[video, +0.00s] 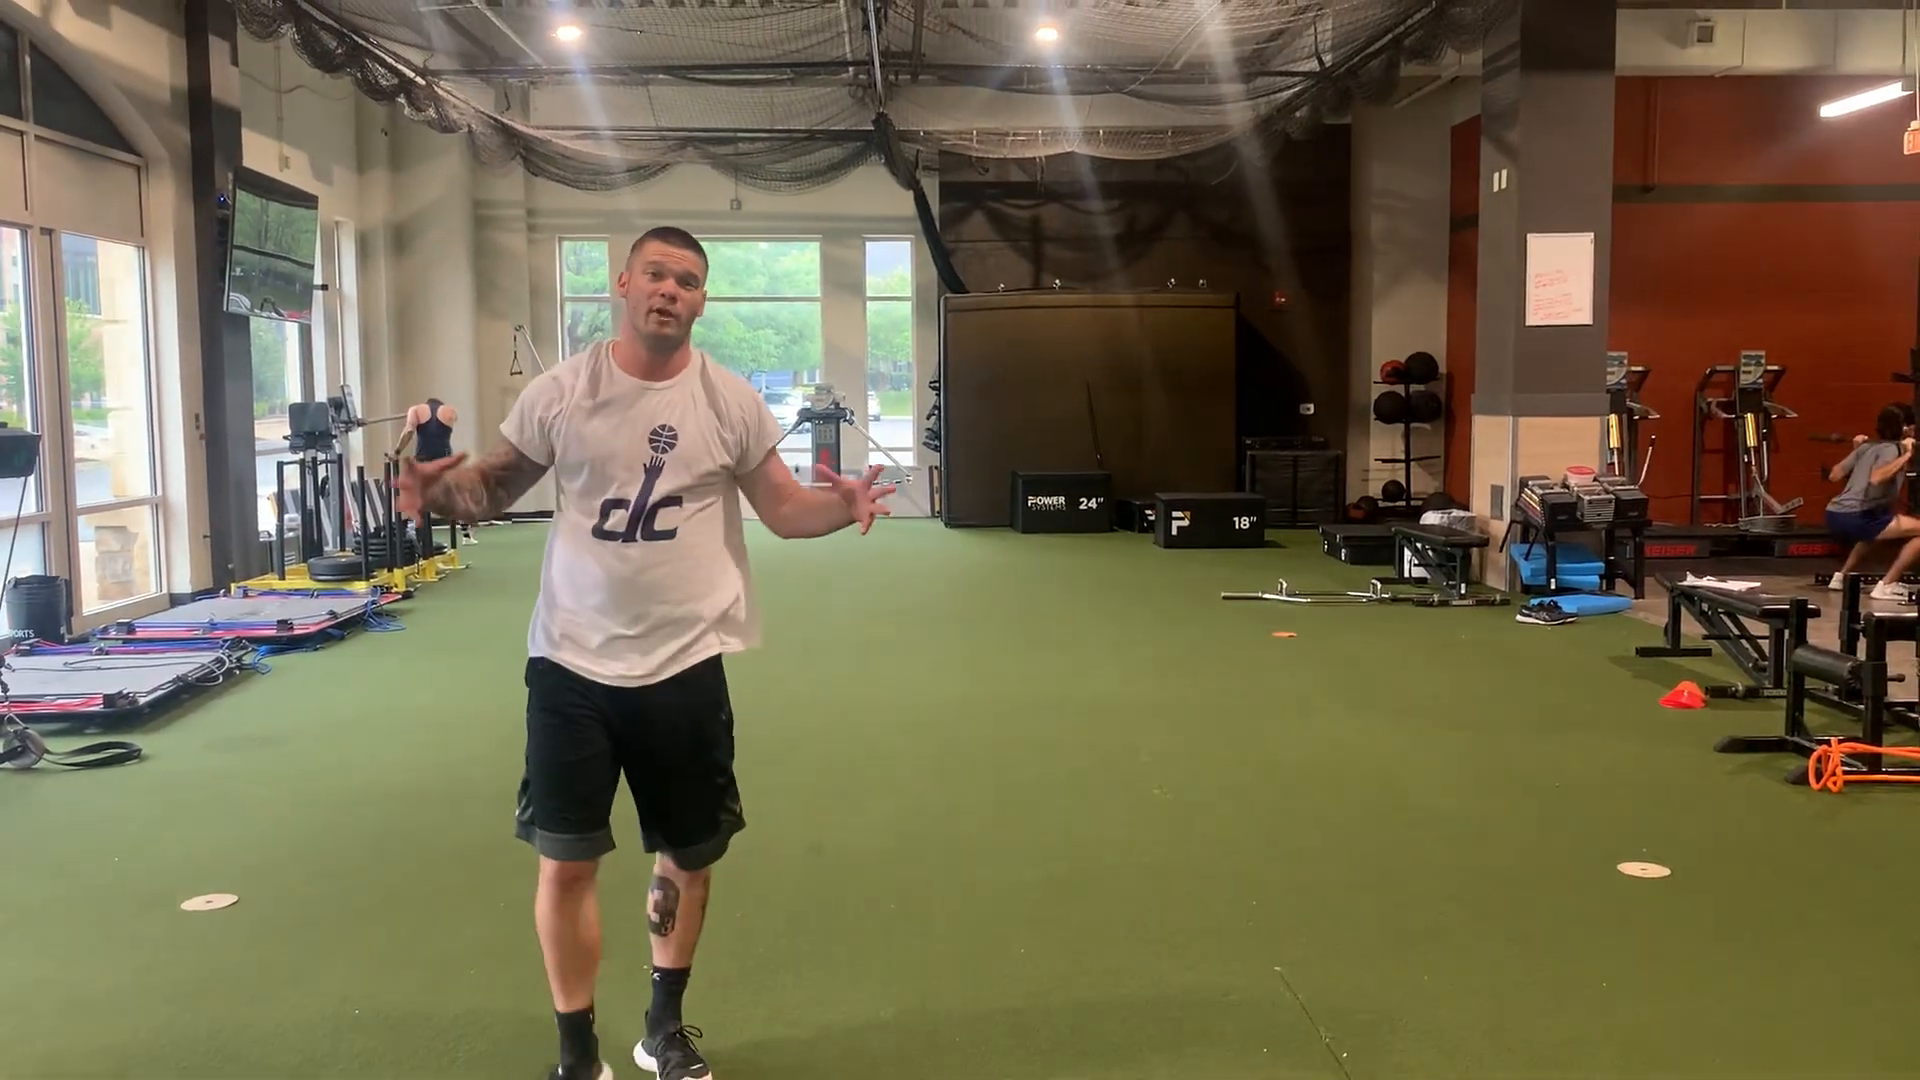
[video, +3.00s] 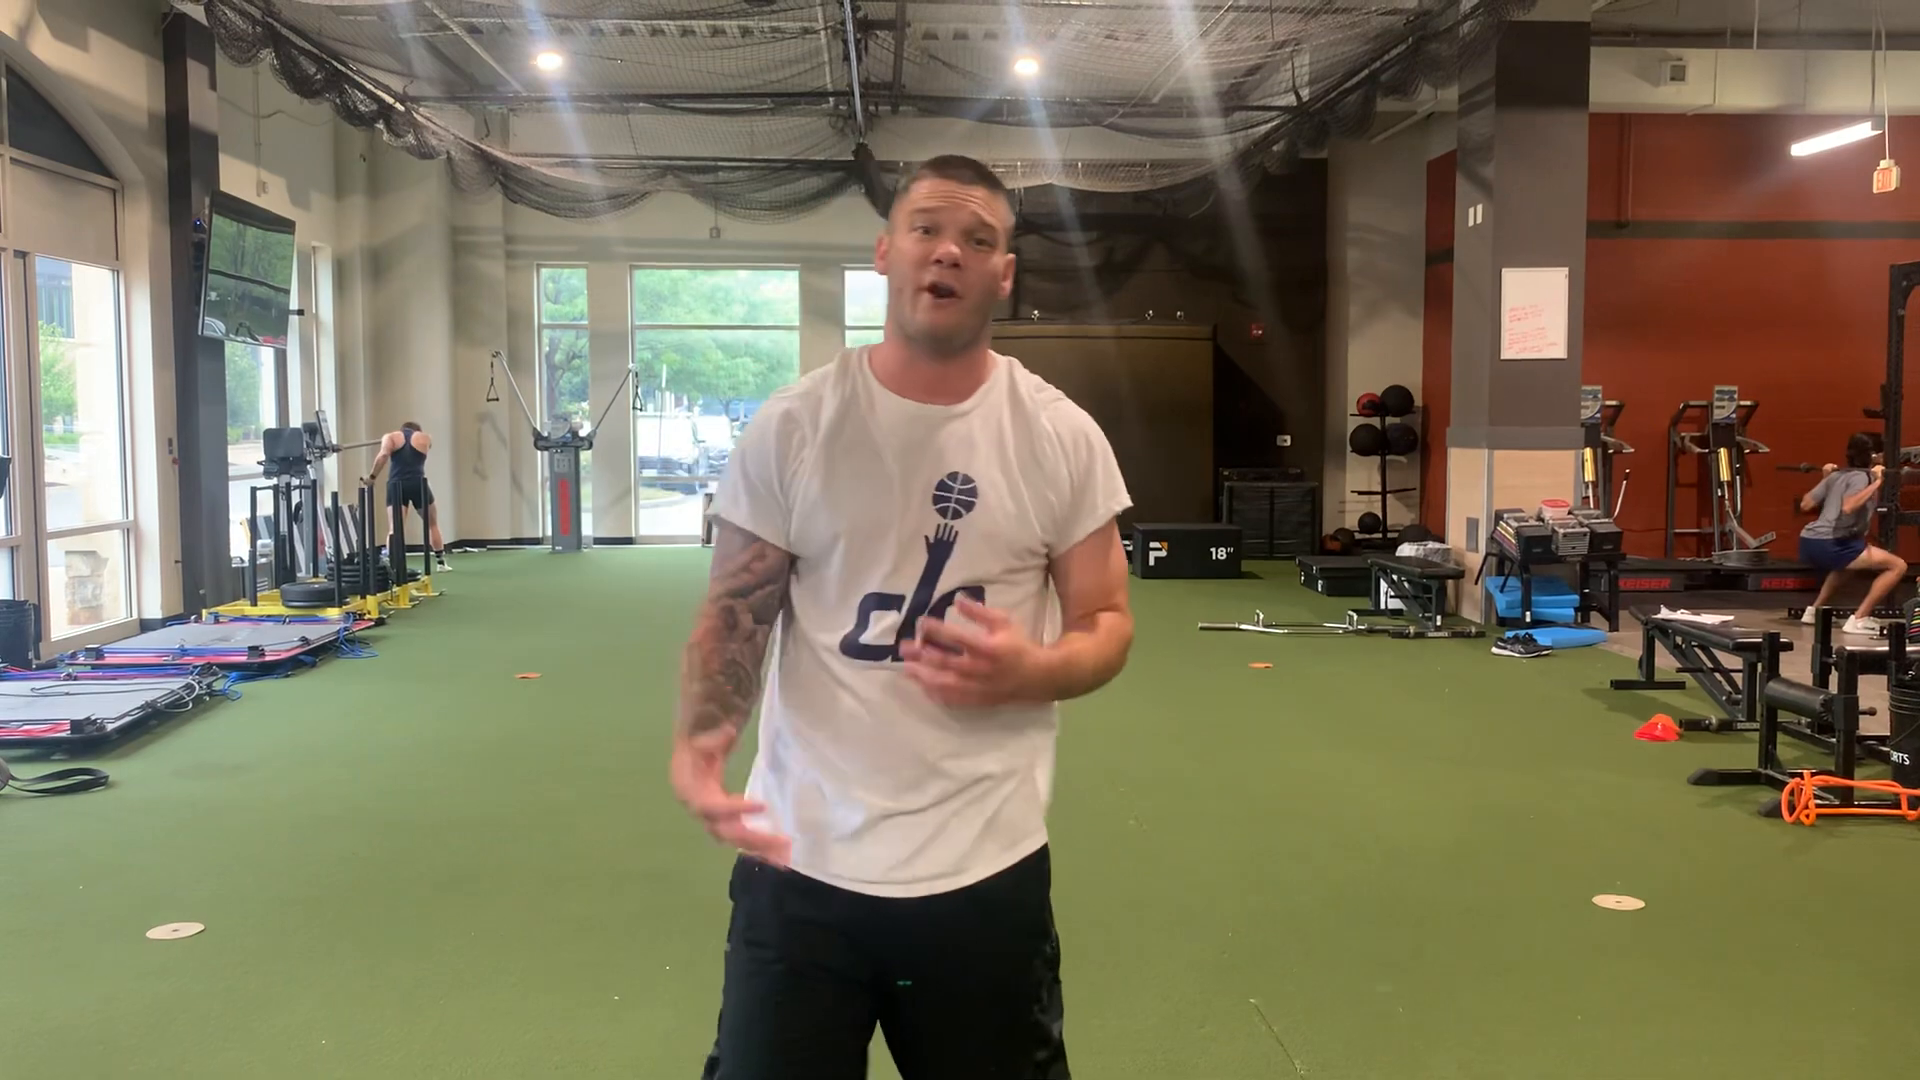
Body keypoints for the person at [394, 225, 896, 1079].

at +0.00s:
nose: (672, 290)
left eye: (688, 282)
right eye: (657, 275)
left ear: (703, 303)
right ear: (620, 285)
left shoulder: (729, 400)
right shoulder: (560, 392)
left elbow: (784, 506)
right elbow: (494, 481)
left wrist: (836, 504)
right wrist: (445, 482)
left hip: (684, 664)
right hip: (572, 661)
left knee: (687, 855)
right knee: (566, 857)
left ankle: (664, 1026)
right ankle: (577, 1058)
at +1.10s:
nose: (621, 285)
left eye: (641, 270)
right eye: (602, 266)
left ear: (666, 288)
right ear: (569, 281)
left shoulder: (725, 407)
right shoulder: (515, 424)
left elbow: (781, 528)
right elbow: (464, 561)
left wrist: (819, 546)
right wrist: (506, 610)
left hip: (703, 736)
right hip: (567, 745)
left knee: (735, 966)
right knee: (571, 965)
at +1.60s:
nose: (757, 263)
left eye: (781, 256)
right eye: (740, 244)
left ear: (802, 289)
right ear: (701, 262)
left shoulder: (843, 416)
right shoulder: (618, 407)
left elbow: (886, 574)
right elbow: (551, 562)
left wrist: (798, 594)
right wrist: (599, 583)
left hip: (785, 764)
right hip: (637, 764)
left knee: (794, 1028)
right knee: (616, 1039)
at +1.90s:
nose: (781, 269)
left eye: (803, 256)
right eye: (759, 248)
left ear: (824, 283)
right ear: (715, 267)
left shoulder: (868, 421)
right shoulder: (640, 419)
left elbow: (922, 569)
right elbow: (587, 581)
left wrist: (874, 601)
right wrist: (575, 714)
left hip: (815, 791)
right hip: (664, 794)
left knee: (797, 1049)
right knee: (671, 1058)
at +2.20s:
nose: (745, 258)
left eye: (762, 237)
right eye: (712, 242)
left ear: (787, 260)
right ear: (668, 276)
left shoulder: (866, 410)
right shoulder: (628, 445)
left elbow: (926, 558)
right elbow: (598, 646)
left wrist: (901, 609)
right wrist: (662, 800)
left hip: (857, 848)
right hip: (698, 860)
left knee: (856, 1064)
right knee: (690, 1067)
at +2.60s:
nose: (817, 262)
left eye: (841, 239)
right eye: (788, 238)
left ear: (871, 259)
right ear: (741, 259)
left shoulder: (938, 410)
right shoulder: (677, 436)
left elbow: (996, 573)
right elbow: (603, 640)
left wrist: (995, 628)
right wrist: (737, 704)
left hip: (918, 864)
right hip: (741, 876)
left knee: (949, 1064)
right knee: (712, 1066)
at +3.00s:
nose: (949, 250)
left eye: (978, 237)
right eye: (927, 228)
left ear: (1006, 277)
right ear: (882, 253)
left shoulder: (1061, 439)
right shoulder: (794, 425)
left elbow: (1104, 627)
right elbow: (737, 609)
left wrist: (1036, 671)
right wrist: (701, 754)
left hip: (982, 873)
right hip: (800, 868)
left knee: (1002, 1069)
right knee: (759, 1070)